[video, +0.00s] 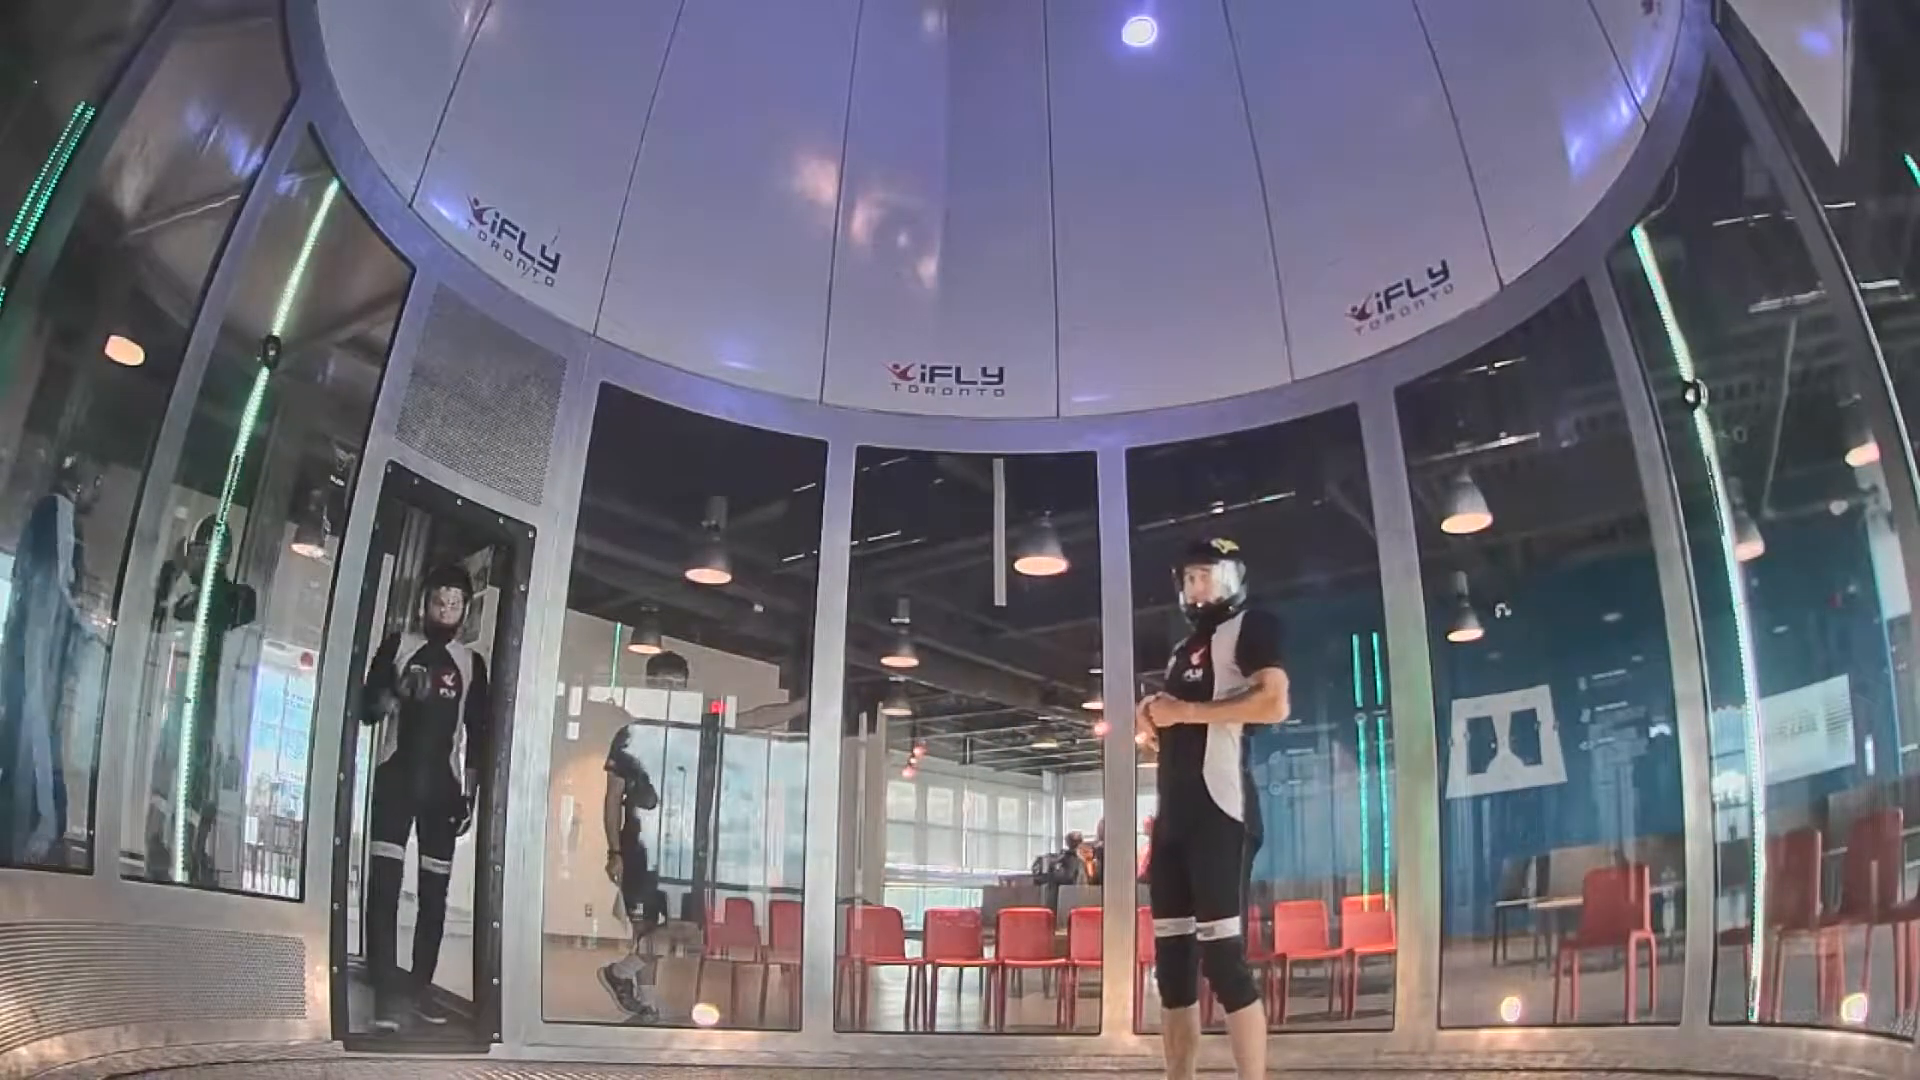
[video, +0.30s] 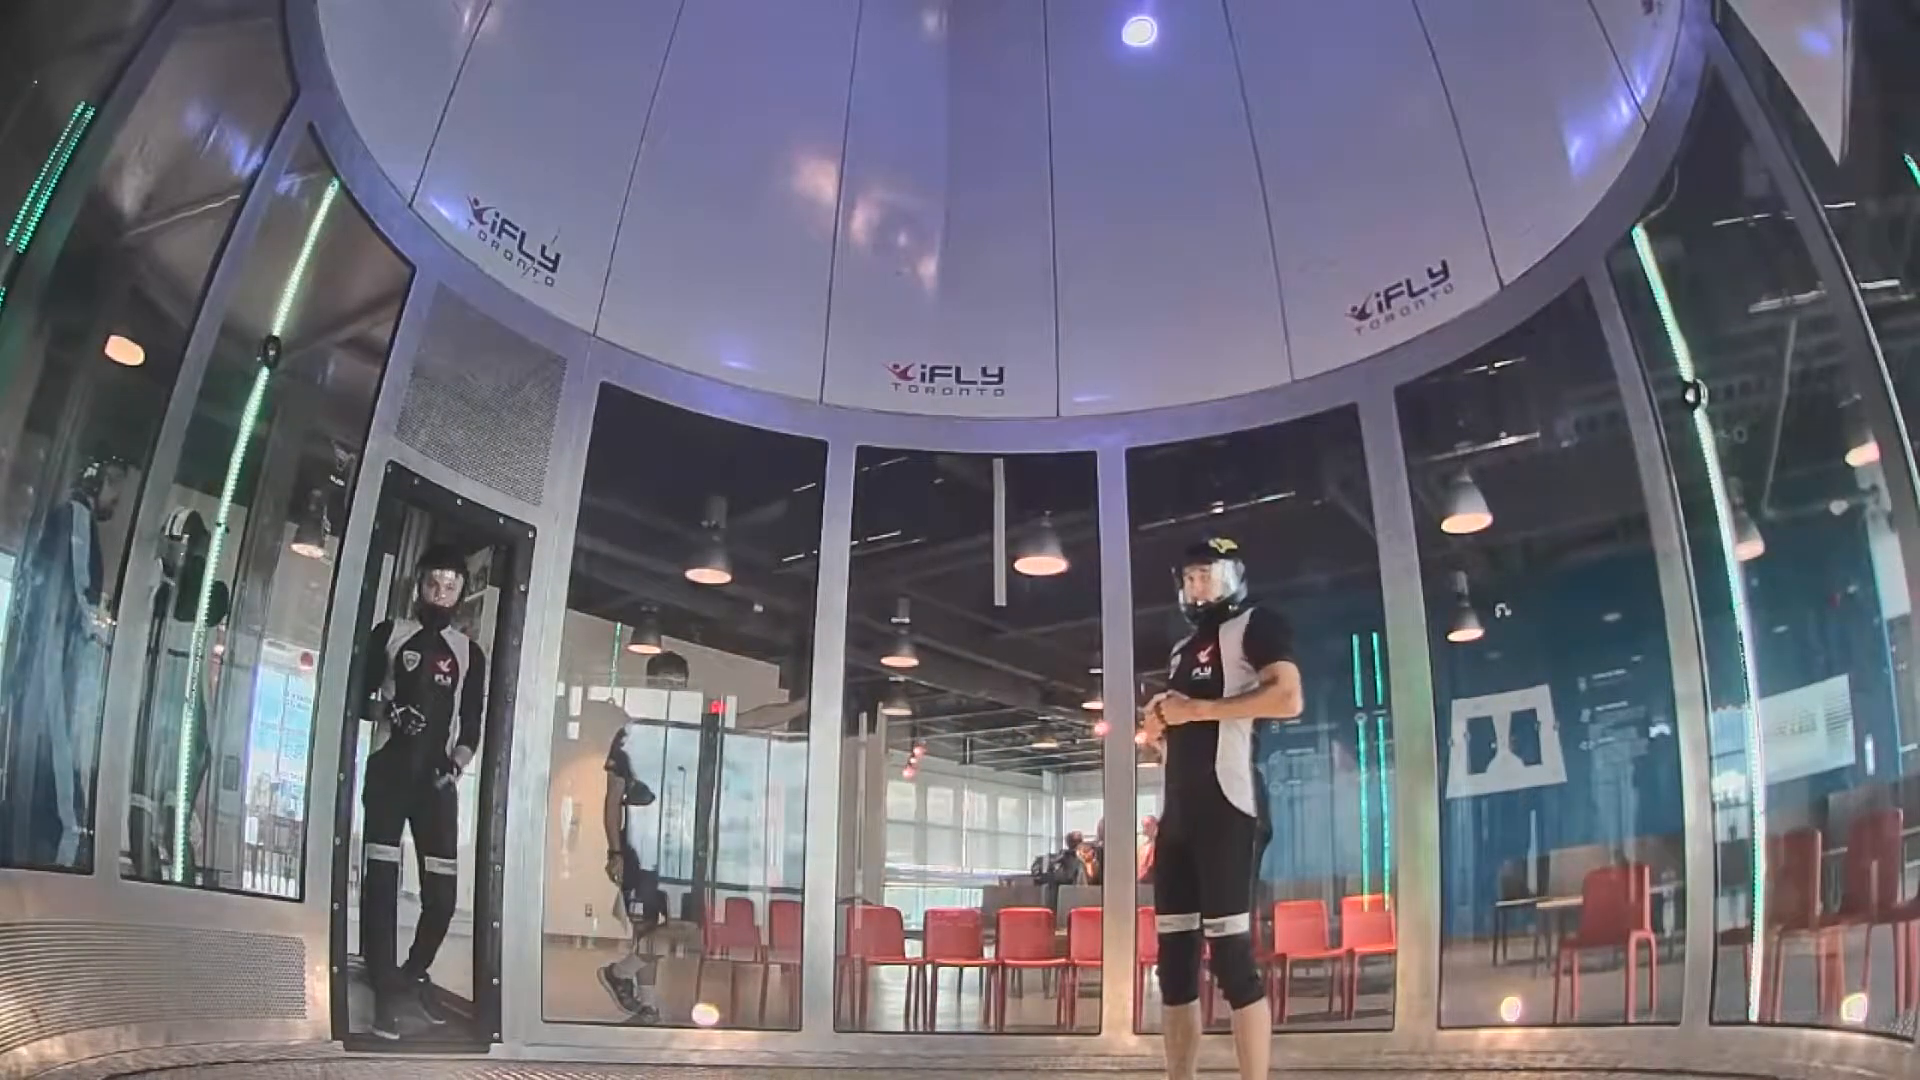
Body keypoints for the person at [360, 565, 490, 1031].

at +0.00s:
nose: (446, 608)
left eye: (455, 602)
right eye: (440, 599)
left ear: (466, 607)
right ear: (427, 601)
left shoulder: (473, 662)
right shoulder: (399, 645)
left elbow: (479, 731)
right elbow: (367, 708)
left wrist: (473, 789)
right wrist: (397, 688)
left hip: (444, 784)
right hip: (394, 778)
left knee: (434, 895)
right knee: (385, 887)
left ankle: (418, 994)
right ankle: (386, 996)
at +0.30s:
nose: (441, 591)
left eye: (450, 585)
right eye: (434, 582)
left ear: (461, 593)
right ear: (420, 585)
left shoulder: (471, 653)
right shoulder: (389, 634)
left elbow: (473, 722)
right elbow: (353, 697)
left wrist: (458, 762)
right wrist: (382, 712)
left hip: (437, 779)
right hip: (387, 772)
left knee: (442, 896)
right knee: (380, 884)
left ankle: (414, 979)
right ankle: (385, 996)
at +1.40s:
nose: (545, 609)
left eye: (554, 600)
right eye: (537, 600)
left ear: (569, 605)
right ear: (527, 605)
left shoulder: (586, 657)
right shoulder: (530, 668)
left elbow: (649, 707)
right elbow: (526, 731)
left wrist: (591, 707)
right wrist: (494, 722)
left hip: (569, 810)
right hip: (530, 806)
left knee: (545, 929)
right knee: (528, 929)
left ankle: (553, 1053)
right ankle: (570, 1046)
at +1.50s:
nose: (558, 617)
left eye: (568, 608)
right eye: (550, 608)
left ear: (585, 615)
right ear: (540, 615)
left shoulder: (597, 667)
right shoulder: (540, 677)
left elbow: (650, 729)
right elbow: (540, 741)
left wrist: (586, 733)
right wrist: (518, 746)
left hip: (582, 812)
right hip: (543, 809)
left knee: (544, 930)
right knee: (542, 932)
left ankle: (548, 1053)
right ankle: (576, 1052)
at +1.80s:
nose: (587, 630)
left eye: (596, 621)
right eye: (580, 622)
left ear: (615, 626)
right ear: (573, 627)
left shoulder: (629, 677)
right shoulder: (578, 685)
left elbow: (646, 763)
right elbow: (573, 753)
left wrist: (586, 789)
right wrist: (553, 767)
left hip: (606, 819)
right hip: (572, 814)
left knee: (579, 935)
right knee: (560, 934)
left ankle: (612, 1053)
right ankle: (578, 1053)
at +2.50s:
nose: (615, 636)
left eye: (625, 628)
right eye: (608, 629)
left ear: (645, 635)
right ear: (600, 636)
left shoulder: (655, 686)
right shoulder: (600, 694)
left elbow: (666, 766)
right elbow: (596, 763)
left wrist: (603, 788)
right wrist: (573, 778)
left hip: (623, 826)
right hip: (584, 820)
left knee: (615, 948)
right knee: (568, 946)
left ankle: (620, 1061)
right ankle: (578, 1056)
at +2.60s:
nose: (614, 635)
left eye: (624, 627)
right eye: (607, 628)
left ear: (643, 635)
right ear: (598, 636)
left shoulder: (652, 684)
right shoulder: (597, 691)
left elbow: (658, 764)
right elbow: (591, 758)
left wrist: (595, 787)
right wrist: (570, 774)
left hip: (620, 824)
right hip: (582, 819)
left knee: (612, 944)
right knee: (567, 941)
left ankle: (620, 1060)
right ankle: (578, 1056)